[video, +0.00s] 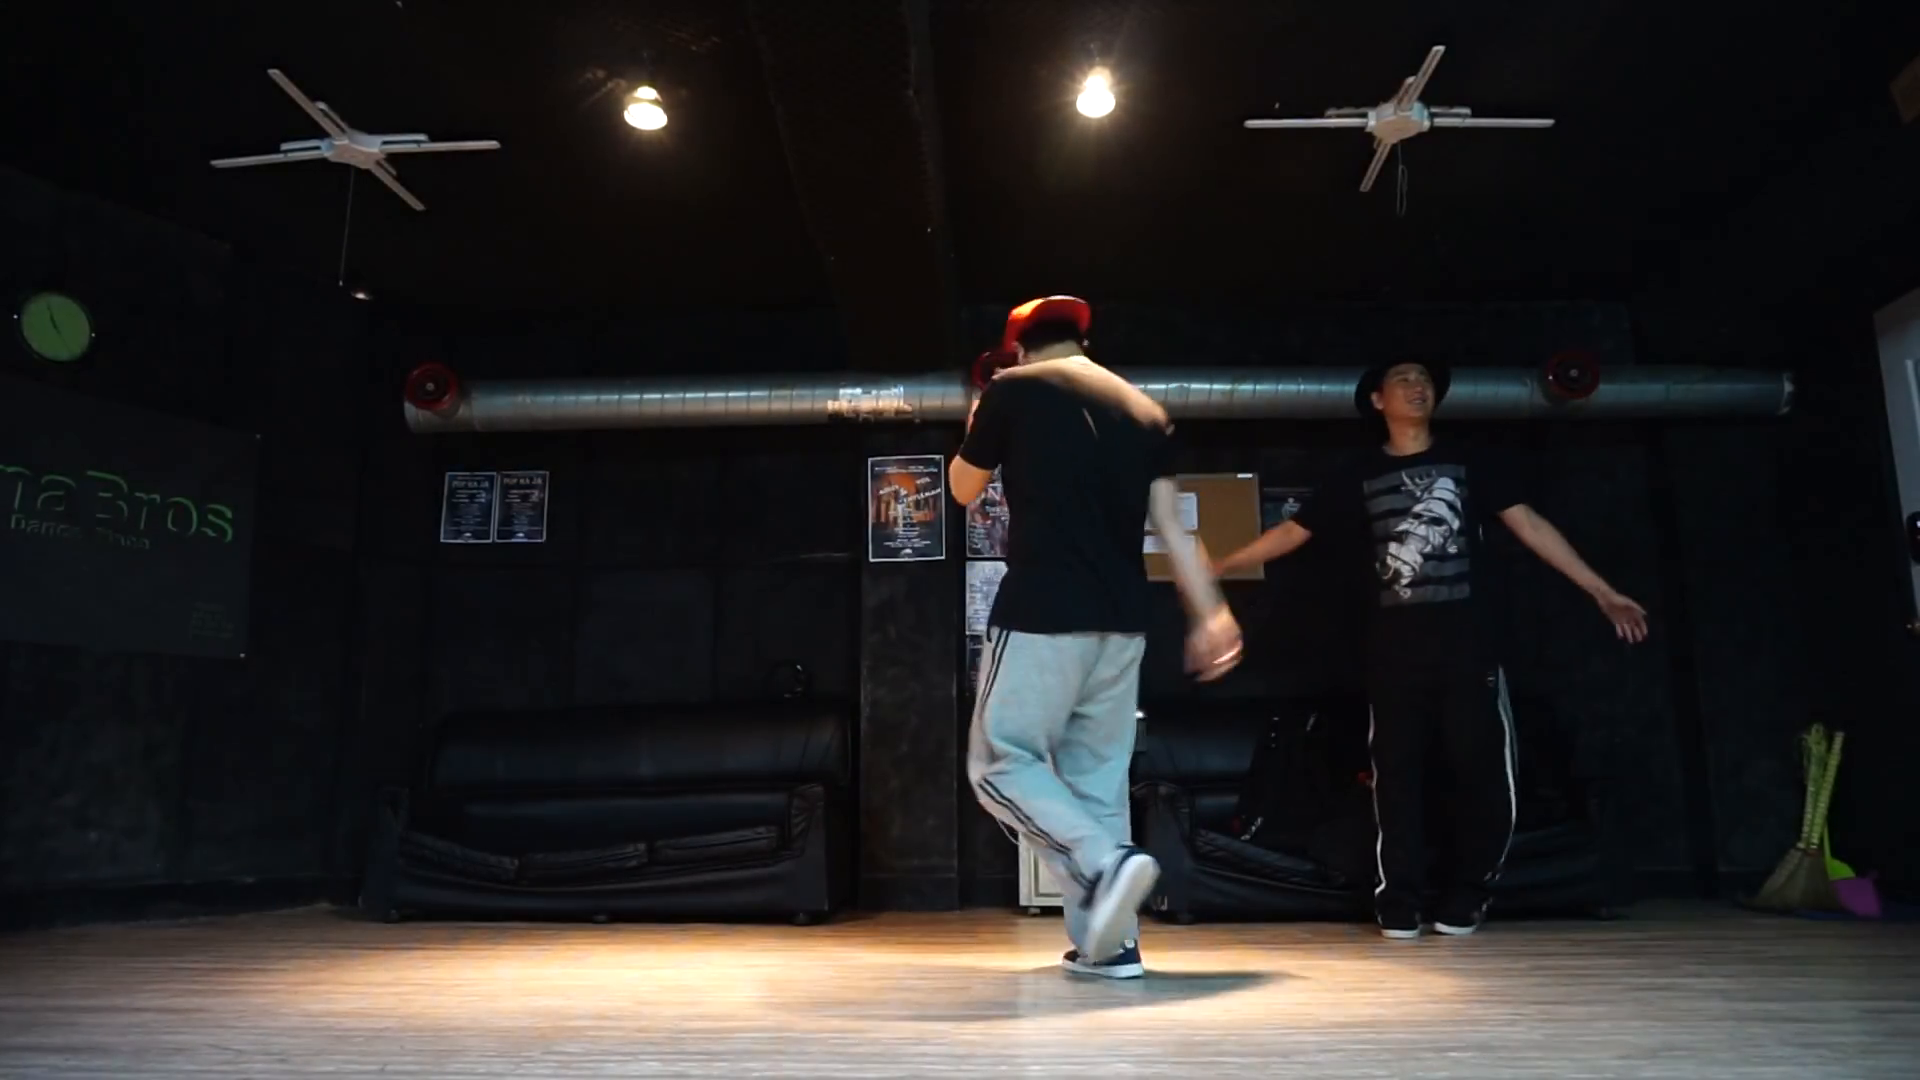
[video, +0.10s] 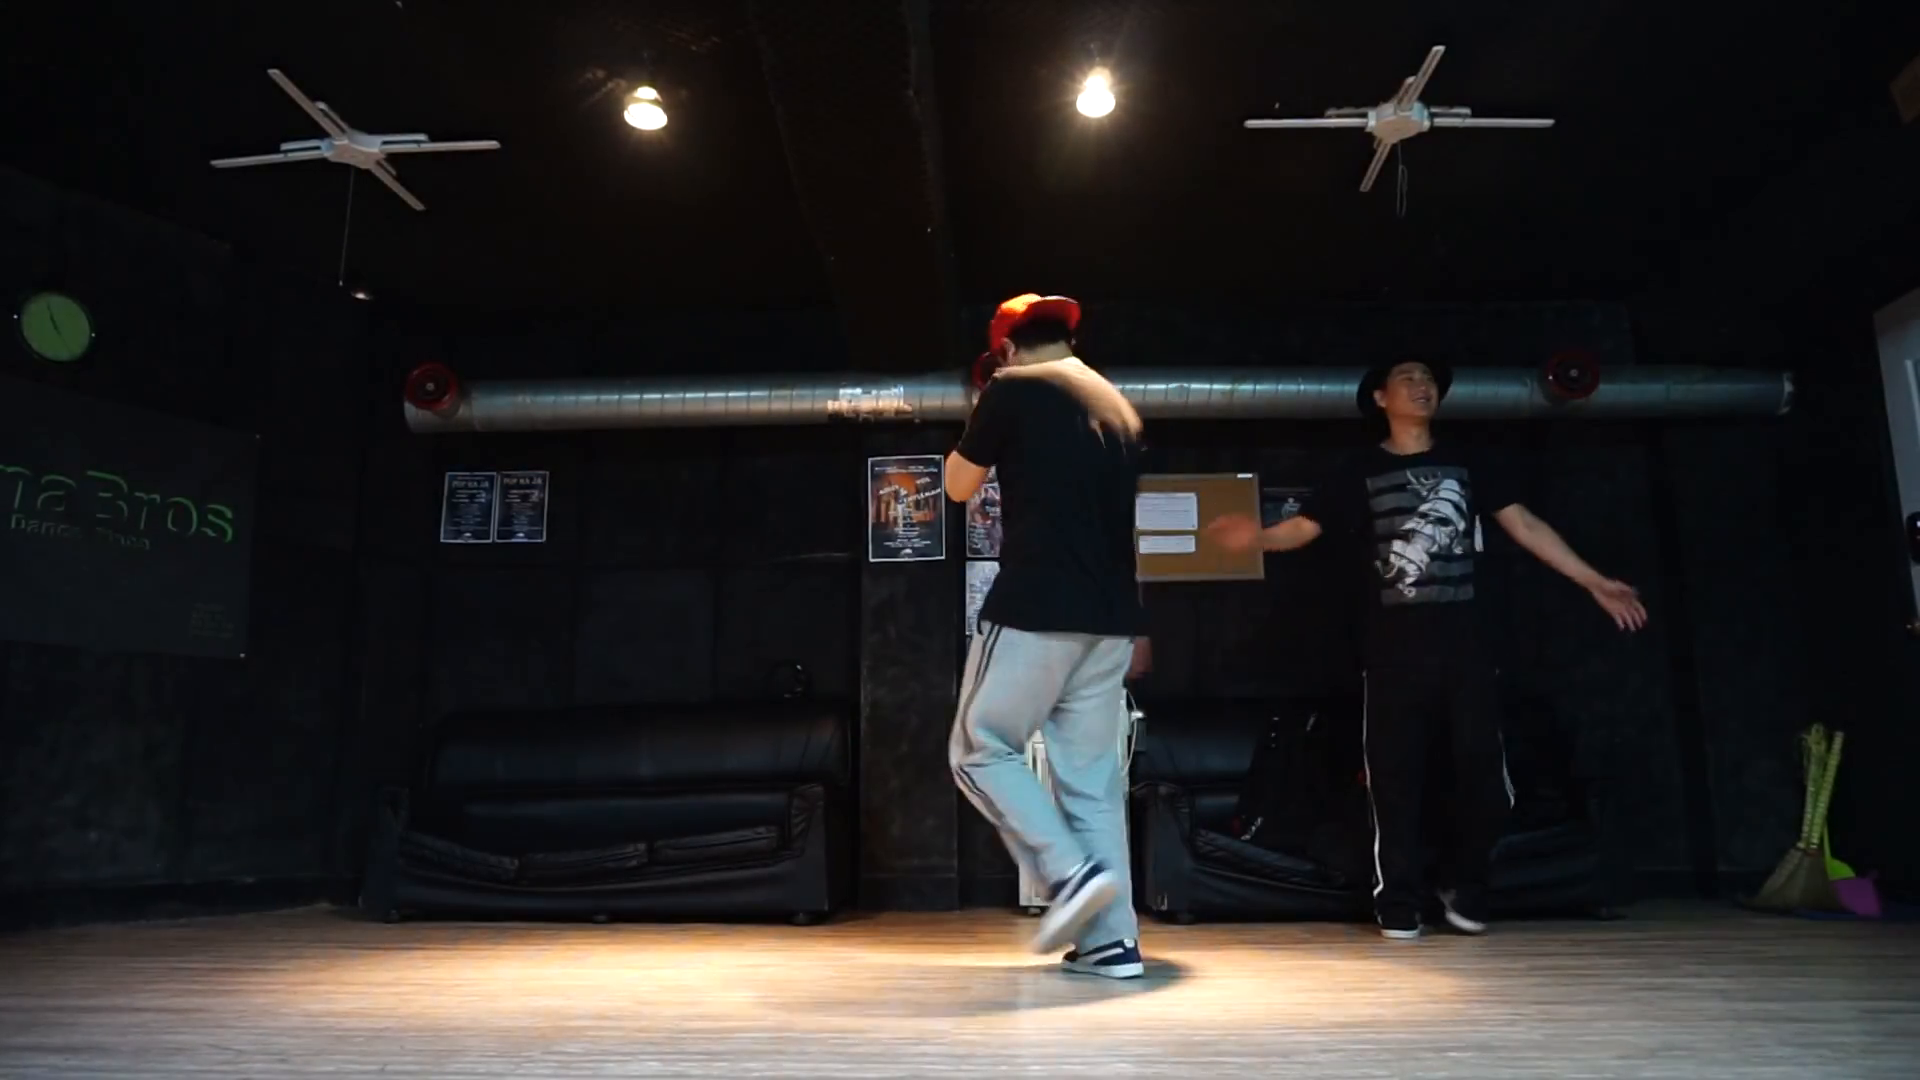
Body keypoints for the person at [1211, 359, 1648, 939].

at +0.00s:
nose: (1416, 388)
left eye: (1424, 382)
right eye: (1403, 381)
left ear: (1437, 400)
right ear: (1377, 401)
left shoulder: (1469, 465)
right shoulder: (1356, 476)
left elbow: (1531, 528)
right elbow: (1289, 534)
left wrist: (1604, 594)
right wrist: (1215, 569)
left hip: (1466, 642)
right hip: (1393, 644)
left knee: (1484, 775)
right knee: (1396, 773)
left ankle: (1467, 900)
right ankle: (1399, 902)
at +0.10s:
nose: (1421, 388)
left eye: (1428, 382)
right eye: (1407, 380)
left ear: (1438, 400)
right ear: (1381, 400)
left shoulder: (1468, 467)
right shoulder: (1358, 473)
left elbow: (1526, 527)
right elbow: (1301, 527)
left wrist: (1596, 583)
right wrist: (1253, 538)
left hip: (1463, 640)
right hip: (1392, 642)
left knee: (1476, 768)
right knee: (1394, 769)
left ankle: (1462, 891)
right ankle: (1399, 902)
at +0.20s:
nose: (1430, 387)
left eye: (1436, 380)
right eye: (1416, 379)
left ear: (1446, 398)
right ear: (1388, 396)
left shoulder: (1467, 464)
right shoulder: (1367, 467)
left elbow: (1517, 518)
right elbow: (1347, 528)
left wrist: (1578, 557)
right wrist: (1334, 514)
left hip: (1466, 636)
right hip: (1397, 639)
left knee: (1483, 758)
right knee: (1397, 766)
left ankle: (1464, 892)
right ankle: (1396, 901)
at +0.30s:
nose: (1440, 386)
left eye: (1447, 380)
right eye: (1426, 379)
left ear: (1455, 398)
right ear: (1398, 395)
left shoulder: (1468, 465)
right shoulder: (1376, 459)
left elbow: (1506, 517)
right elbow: (1389, 524)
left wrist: (1551, 534)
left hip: (1472, 634)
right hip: (1405, 636)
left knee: (1489, 760)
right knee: (1404, 767)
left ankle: (1485, 904)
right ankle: (1398, 903)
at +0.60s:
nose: (1488, 378)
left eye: (1491, 372)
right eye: (1473, 371)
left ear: (1497, 390)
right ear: (1442, 392)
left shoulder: (1510, 470)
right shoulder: (1431, 452)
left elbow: (1541, 549)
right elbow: (1434, 530)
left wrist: (1574, 626)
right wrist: (1488, 602)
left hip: (1504, 629)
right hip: (1446, 627)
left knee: (1509, 763)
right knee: (1441, 761)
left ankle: (1500, 910)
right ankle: (1399, 897)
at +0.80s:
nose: (1525, 372)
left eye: (1527, 365)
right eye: (1508, 366)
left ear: (1535, 387)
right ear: (1480, 389)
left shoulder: (1538, 465)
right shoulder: (1463, 448)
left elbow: (1538, 547)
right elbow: (1419, 521)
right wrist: (1388, 603)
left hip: (1534, 623)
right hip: (1484, 619)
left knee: (1538, 754)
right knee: (1524, 749)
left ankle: (1513, 902)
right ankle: (1474, 884)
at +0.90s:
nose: (1544, 369)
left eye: (1546, 363)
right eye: (1526, 362)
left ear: (1553, 386)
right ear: (1496, 384)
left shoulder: (1547, 462)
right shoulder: (1483, 443)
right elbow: (1421, 506)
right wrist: (1360, 573)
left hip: (1538, 625)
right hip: (1503, 624)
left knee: (1513, 766)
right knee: (1558, 762)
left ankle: (1497, 911)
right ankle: (1563, 908)